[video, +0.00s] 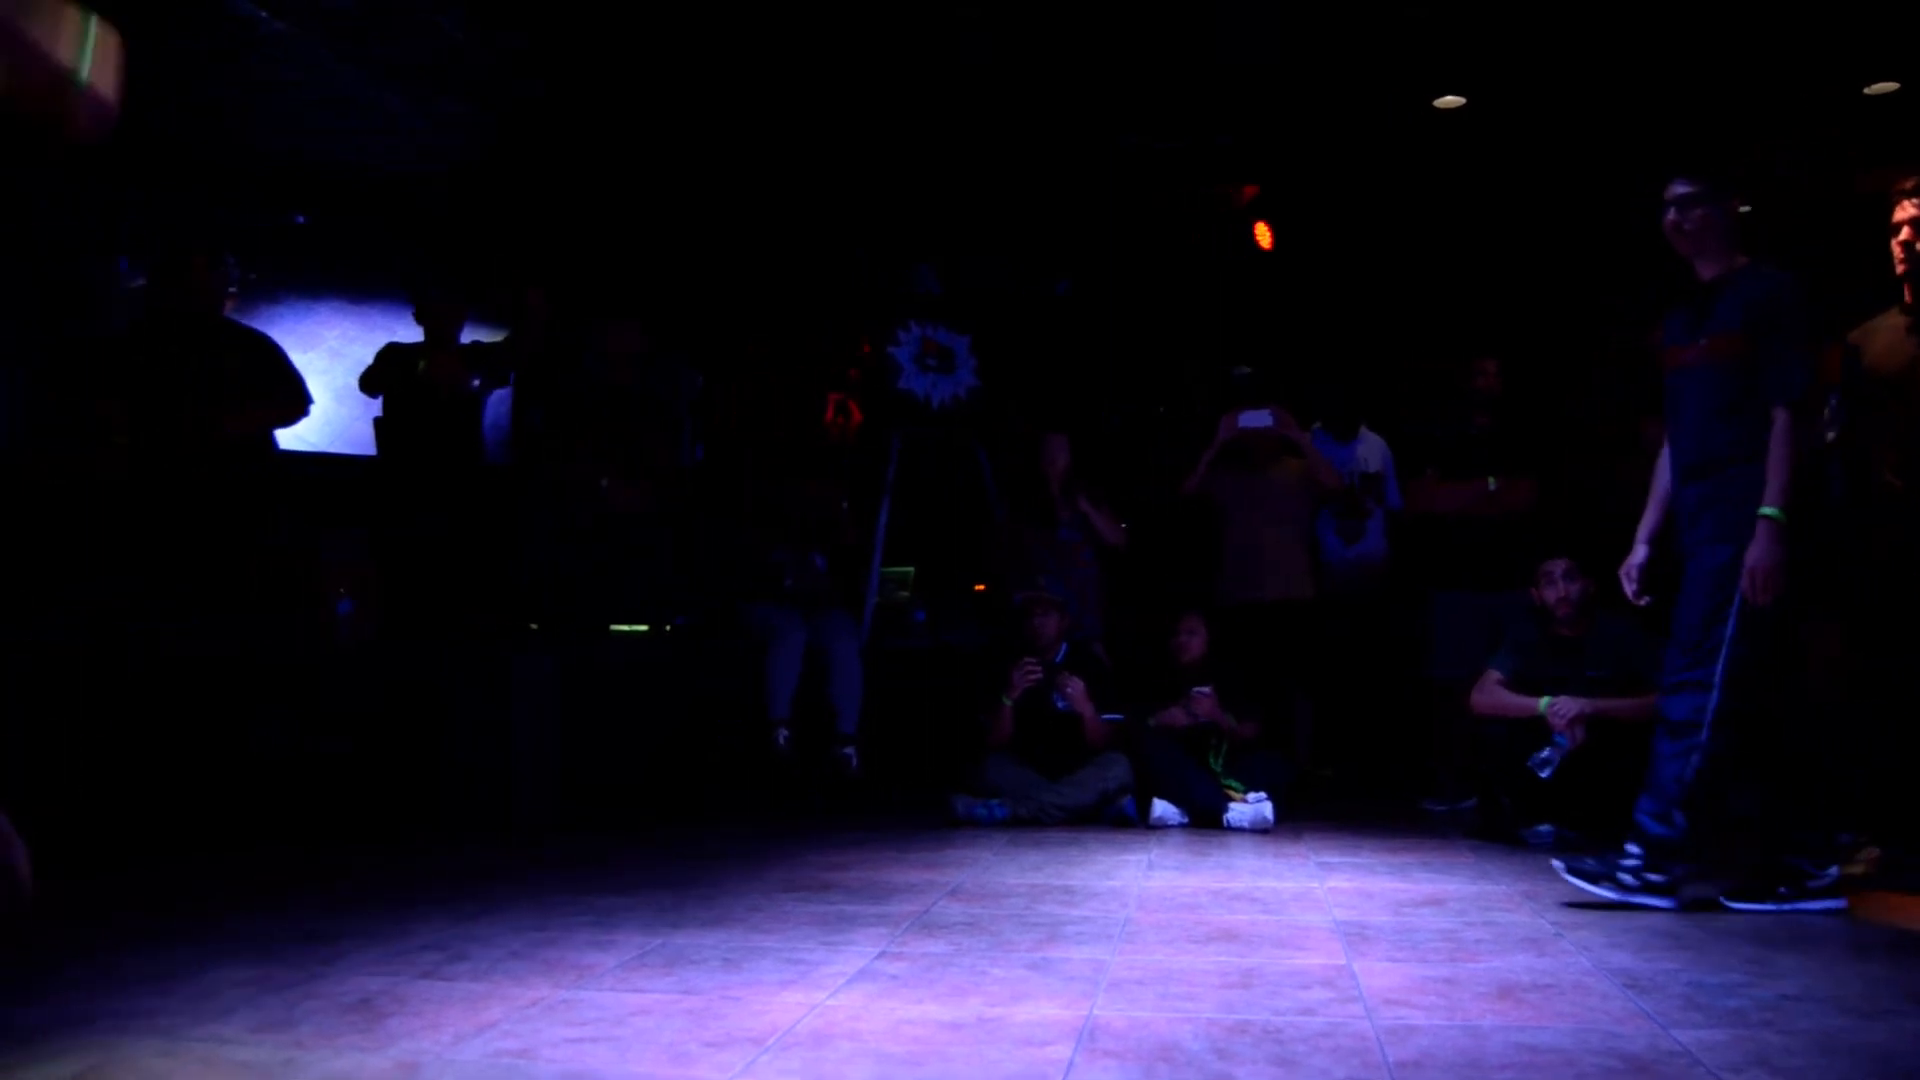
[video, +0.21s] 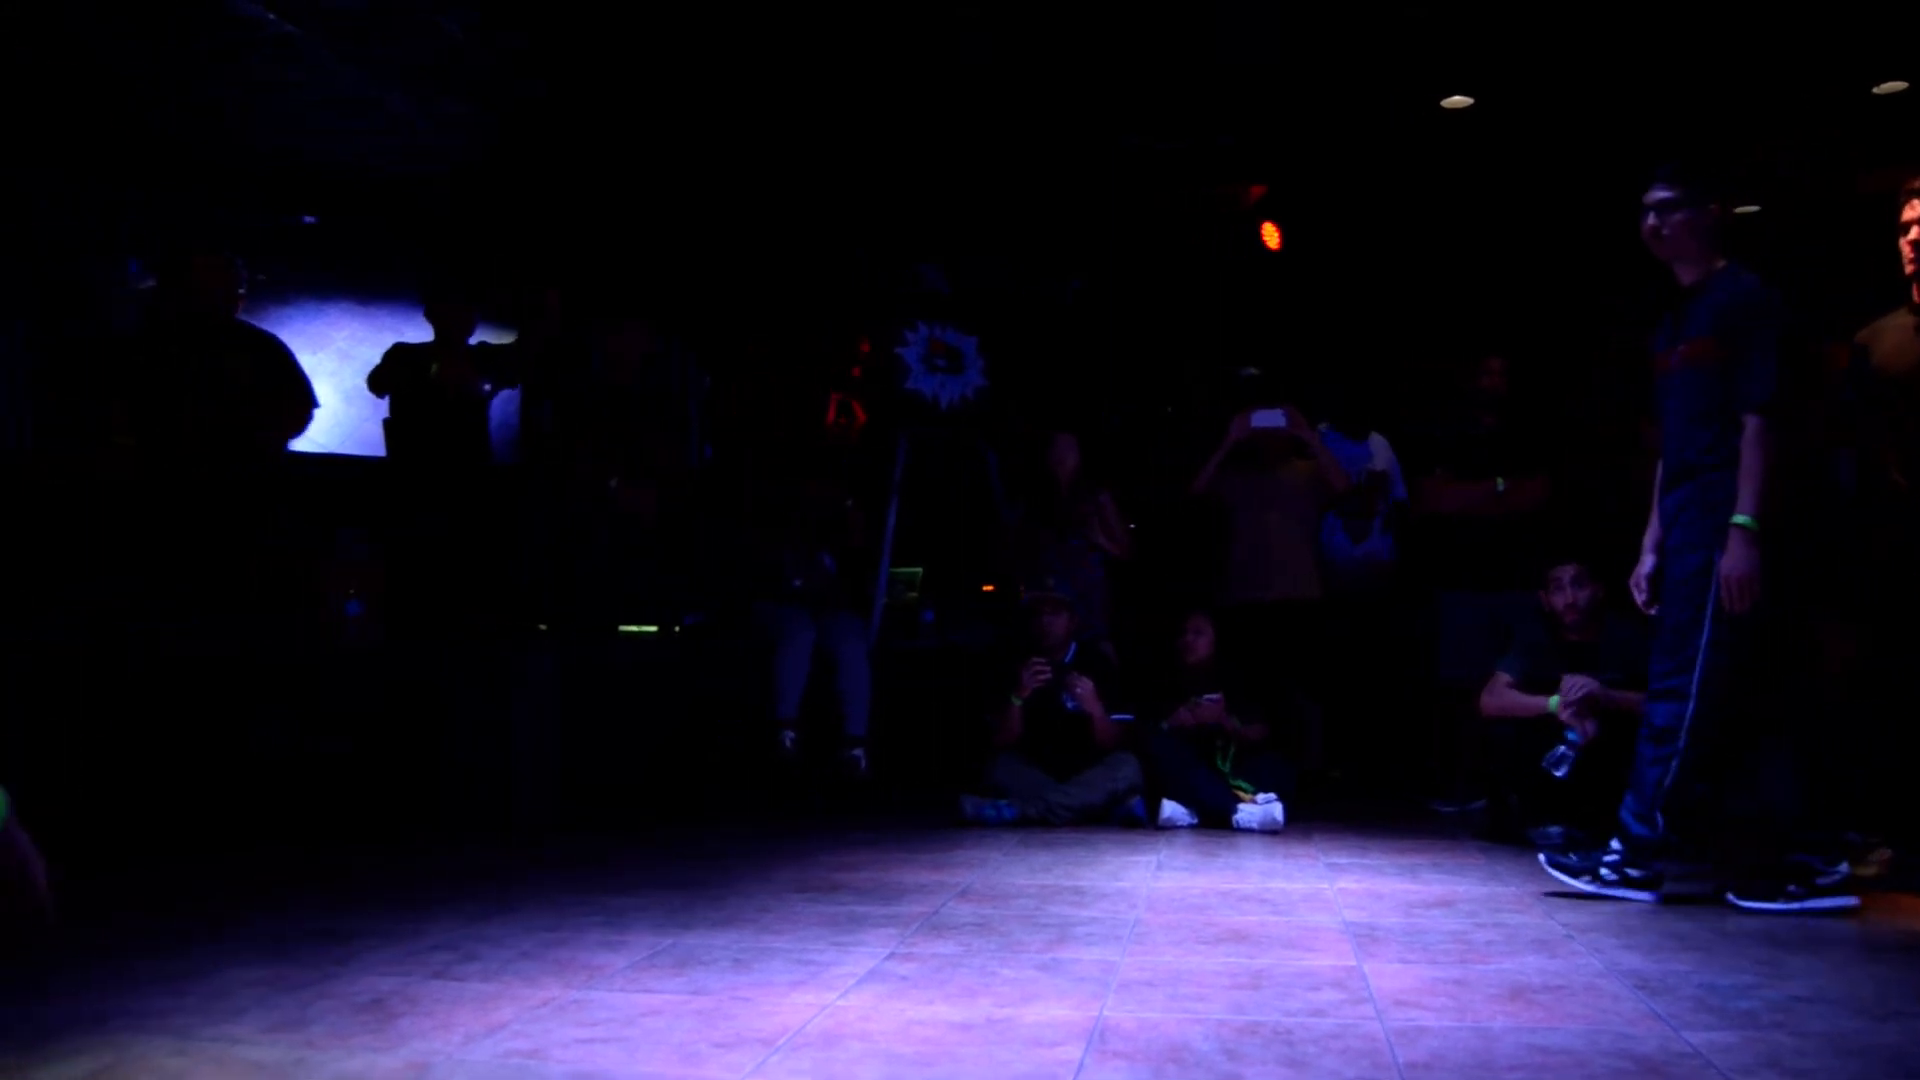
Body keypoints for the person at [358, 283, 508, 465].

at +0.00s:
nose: (444, 325)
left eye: (451, 315)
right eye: (436, 315)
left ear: (461, 317)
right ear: (419, 317)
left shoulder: (474, 357)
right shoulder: (397, 355)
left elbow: (515, 349)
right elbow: (368, 386)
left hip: (461, 456)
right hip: (406, 457)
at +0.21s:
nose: (456, 323)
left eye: (464, 313)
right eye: (448, 313)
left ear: (473, 318)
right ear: (430, 315)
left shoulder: (482, 358)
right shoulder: (404, 356)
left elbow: (525, 353)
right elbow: (376, 385)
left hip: (470, 458)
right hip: (414, 459)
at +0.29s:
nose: (471, 325)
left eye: (478, 317)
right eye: (463, 316)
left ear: (486, 320)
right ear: (443, 317)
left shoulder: (490, 359)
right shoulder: (417, 358)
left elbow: (536, 354)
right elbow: (389, 387)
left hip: (481, 461)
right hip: (427, 462)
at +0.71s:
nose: (472, 325)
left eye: (478, 315)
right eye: (461, 315)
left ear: (487, 318)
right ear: (442, 317)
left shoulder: (500, 358)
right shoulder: (422, 356)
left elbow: (541, 355)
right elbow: (399, 385)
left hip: (488, 458)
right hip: (432, 460)